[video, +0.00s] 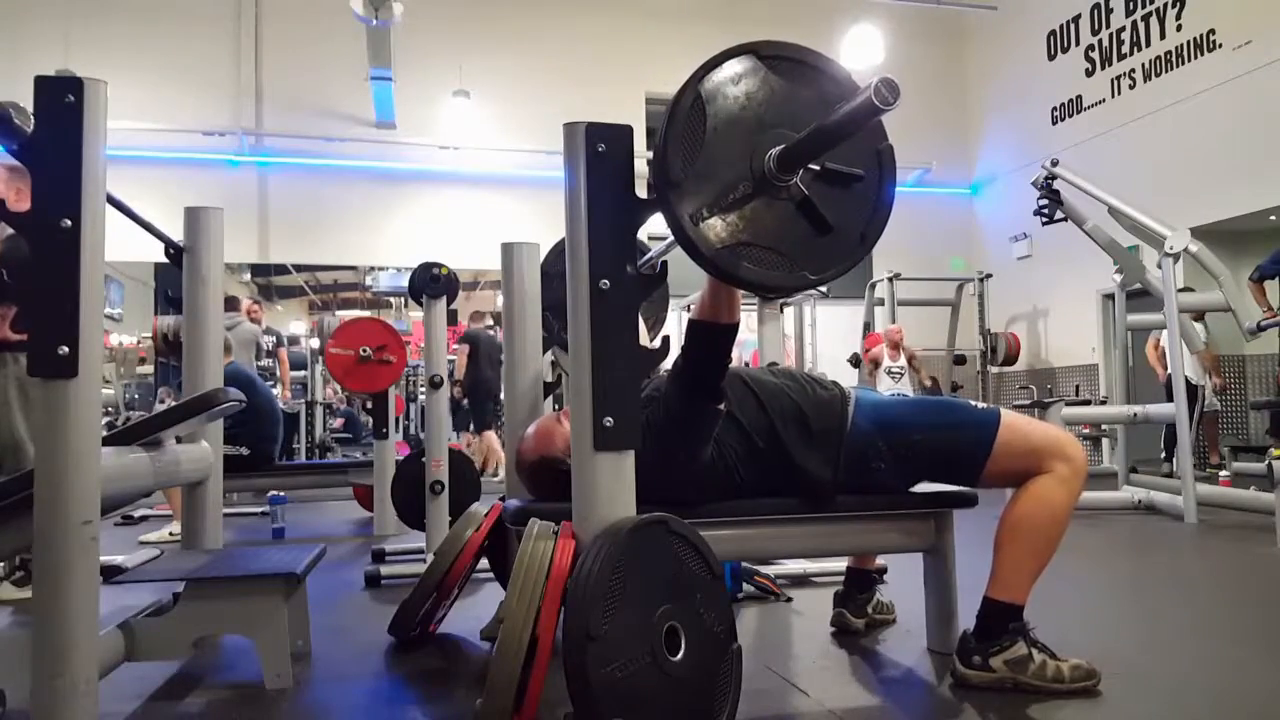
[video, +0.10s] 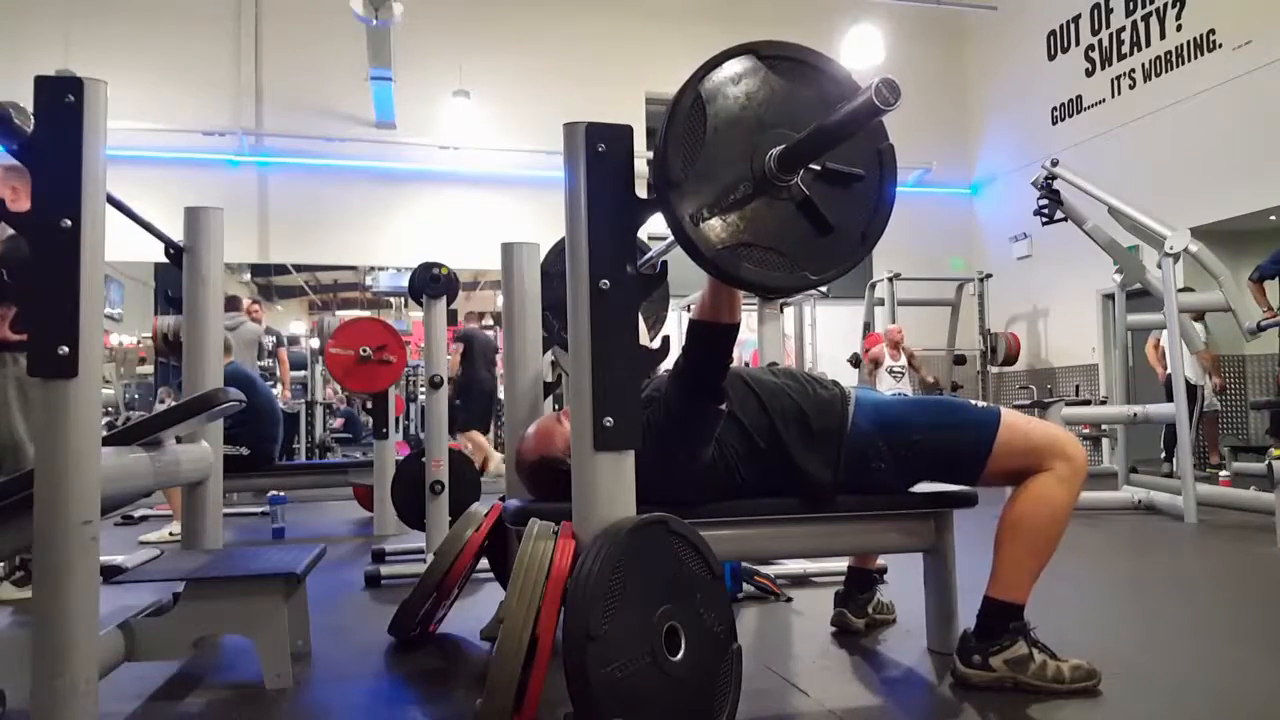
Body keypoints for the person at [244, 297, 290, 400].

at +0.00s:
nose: (252, 316)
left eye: (255, 312)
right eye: (249, 313)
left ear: (262, 312)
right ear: (246, 315)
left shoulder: (275, 335)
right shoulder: (244, 335)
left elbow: (283, 361)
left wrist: (286, 388)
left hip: (270, 385)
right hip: (250, 384)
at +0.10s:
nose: (253, 316)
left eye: (256, 311)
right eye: (249, 313)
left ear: (262, 312)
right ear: (246, 315)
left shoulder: (275, 335)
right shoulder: (243, 336)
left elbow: (283, 361)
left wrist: (286, 388)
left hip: (271, 385)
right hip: (250, 385)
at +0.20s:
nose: (254, 315)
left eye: (257, 311)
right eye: (250, 313)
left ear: (263, 311)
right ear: (246, 315)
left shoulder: (275, 334)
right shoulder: (243, 336)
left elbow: (283, 361)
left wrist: (286, 388)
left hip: (271, 386)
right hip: (249, 386)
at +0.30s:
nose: (256, 314)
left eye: (258, 310)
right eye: (252, 312)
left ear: (263, 311)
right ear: (247, 315)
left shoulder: (275, 334)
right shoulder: (243, 336)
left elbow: (283, 361)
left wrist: (286, 388)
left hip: (270, 386)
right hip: (248, 385)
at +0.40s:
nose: (256, 314)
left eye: (258, 310)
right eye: (252, 312)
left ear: (263, 311)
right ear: (247, 314)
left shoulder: (275, 334)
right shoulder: (243, 335)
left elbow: (283, 361)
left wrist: (286, 388)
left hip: (270, 385)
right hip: (248, 385)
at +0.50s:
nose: (257, 314)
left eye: (259, 310)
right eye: (252, 312)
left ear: (263, 311)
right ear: (247, 314)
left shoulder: (275, 334)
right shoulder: (241, 335)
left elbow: (283, 361)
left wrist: (286, 388)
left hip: (269, 386)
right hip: (246, 386)